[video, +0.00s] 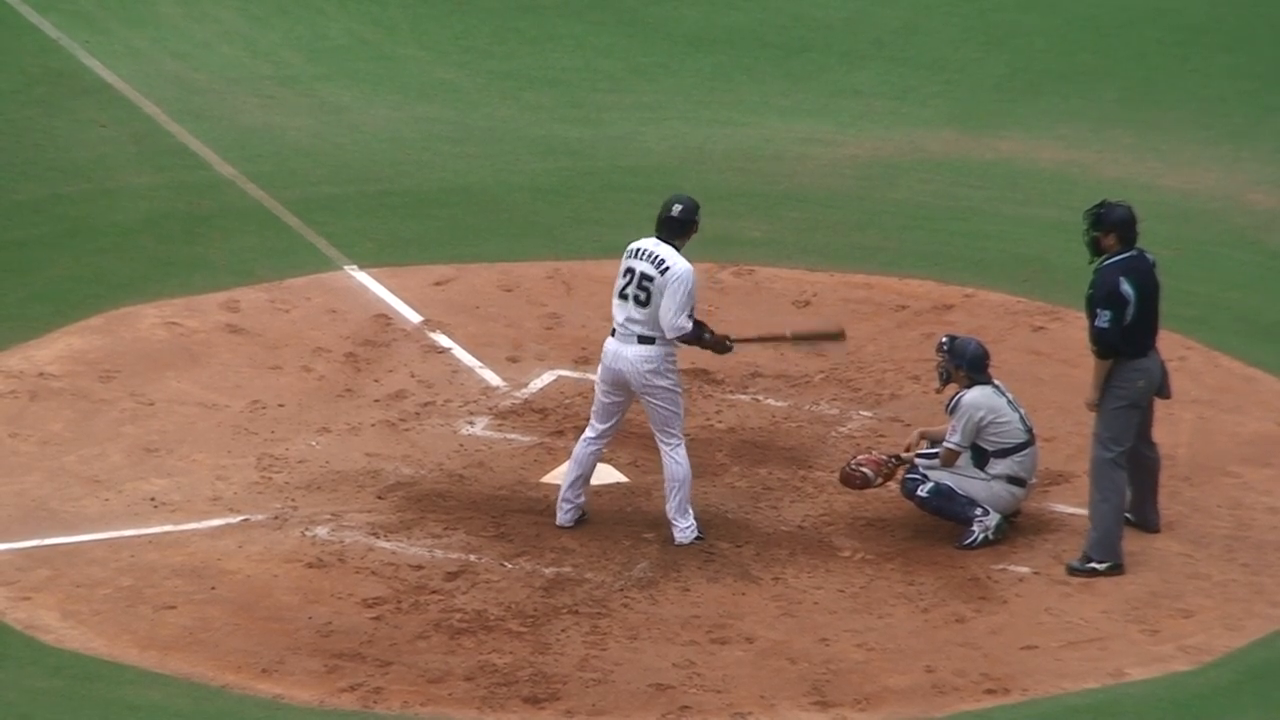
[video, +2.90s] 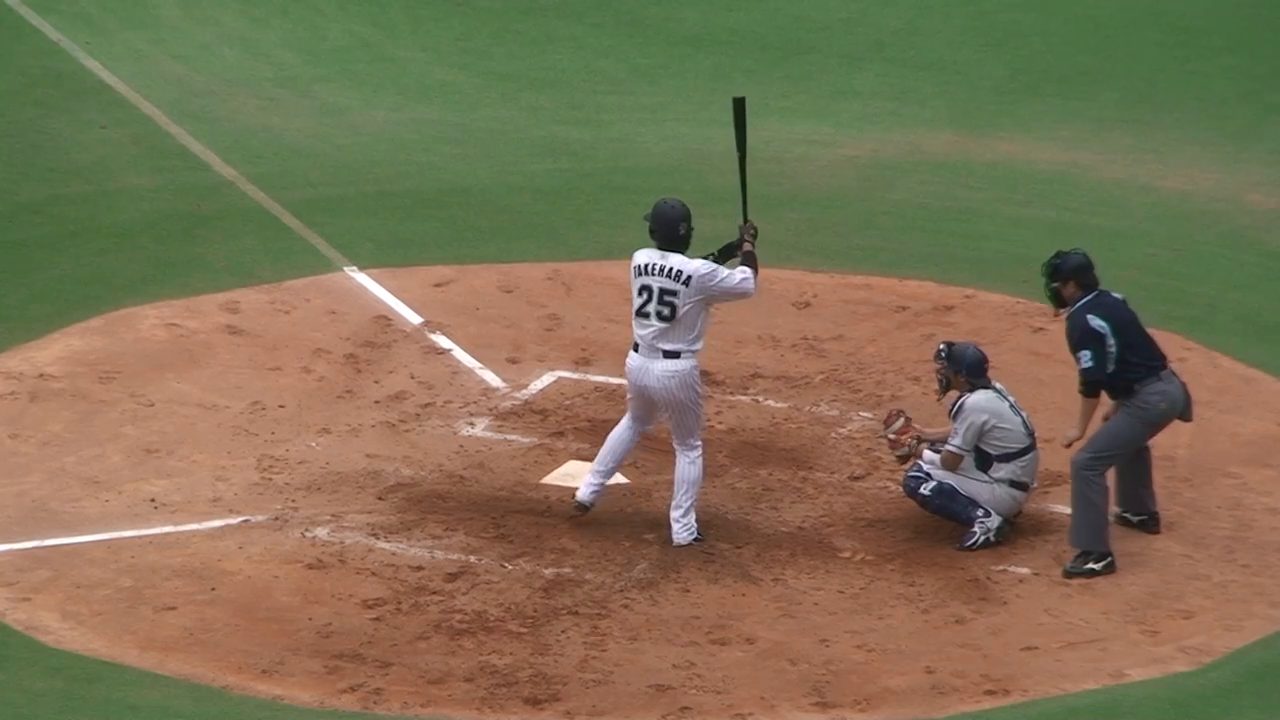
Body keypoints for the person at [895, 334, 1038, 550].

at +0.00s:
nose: (941, 365)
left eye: (946, 362)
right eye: (943, 360)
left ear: (961, 370)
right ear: (976, 368)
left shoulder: (970, 401)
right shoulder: (993, 387)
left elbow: (946, 461)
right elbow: (963, 431)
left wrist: (908, 458)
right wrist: (923, 433)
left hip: (1002, 491)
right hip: (1016, 483)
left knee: (914, 480)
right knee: (925, 455)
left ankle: (983, 518)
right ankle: (1002, 506)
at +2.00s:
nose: (943, 369)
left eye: (948, 365)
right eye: (944, 364)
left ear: (964, 371)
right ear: (975, 370)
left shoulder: (975, 403)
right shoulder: (995, 387)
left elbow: (950, 460)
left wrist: (908, 459)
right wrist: (911, 459)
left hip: (1002, 493)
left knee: (915, 480)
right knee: (934, 443)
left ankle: (984, 519)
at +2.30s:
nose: (940, 376)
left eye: (944, 370)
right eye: (941, 370)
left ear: (960, 374)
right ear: (976, 371)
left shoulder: (975, 403)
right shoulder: (994, 387)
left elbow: (951, 459)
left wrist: (908, 459)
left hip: (1003, 493)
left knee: (915, 480)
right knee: (935, 443)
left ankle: (984, 519)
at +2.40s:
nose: (940, 376)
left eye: (944, 371)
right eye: (941, 370)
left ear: (960, 375)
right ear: (976, 371)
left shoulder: (974, 403)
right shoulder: (993, 387)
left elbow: (950, 462)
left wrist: (909, 457)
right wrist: (947, 440)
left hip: (1003, 493)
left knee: (914, 480)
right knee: (933, 442)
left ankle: (983, 519)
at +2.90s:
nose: (940, 371)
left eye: (945, 368)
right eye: (941, 366)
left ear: (961, 376)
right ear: (971, 375)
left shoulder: (974, 406)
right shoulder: (993, 389)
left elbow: (950, 464)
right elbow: (964, 436)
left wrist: (919, 450)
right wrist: (925, 435)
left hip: (1004, 494)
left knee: (916, 478)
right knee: (932, 453)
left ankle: (985, 520)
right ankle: (1003, 507)